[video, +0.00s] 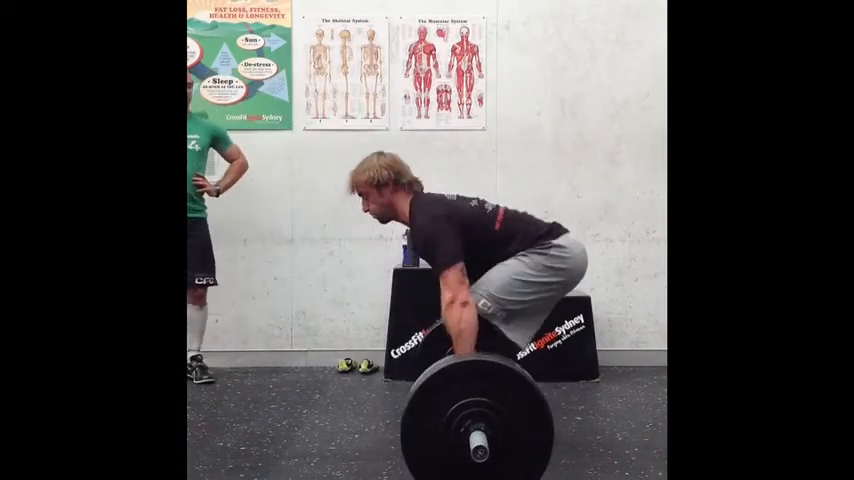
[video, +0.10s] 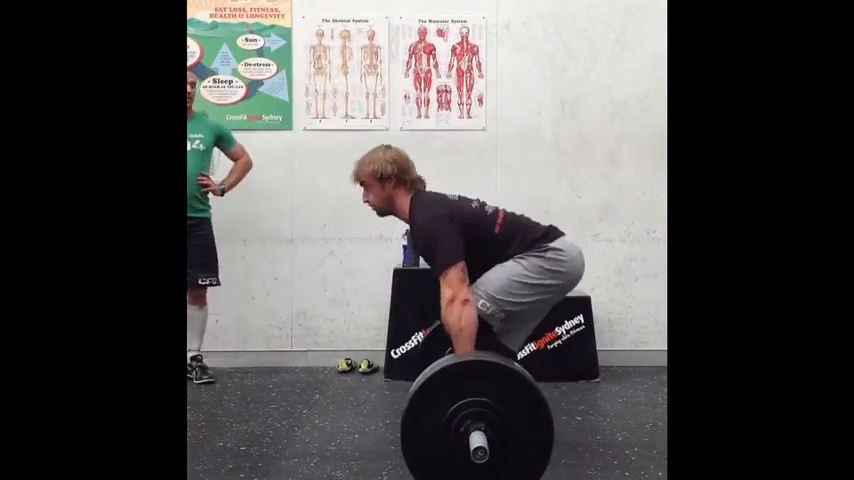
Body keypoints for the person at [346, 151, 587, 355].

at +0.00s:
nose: (364, 208)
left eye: (365, 198)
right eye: (361, 200)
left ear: (388, 188)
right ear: (388, 188)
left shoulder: (430, 218)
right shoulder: (426, 214)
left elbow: (459, 300)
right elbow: (455, 295)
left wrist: (465, 375)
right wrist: (464, 373)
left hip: (553, 253)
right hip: (550, 250)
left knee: (469, 310)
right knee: (464, 310)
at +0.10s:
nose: (364, 198)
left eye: (366, 187)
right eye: (363, 189)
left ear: (390, 182)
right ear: (392, 182)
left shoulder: (430, 216)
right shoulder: (428, 212)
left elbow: (458, 299)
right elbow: (455, 292)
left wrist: (464, 374)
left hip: (550, 256)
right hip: (551, 255)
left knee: (468, 316)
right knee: (482, 336)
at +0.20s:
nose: (362, 183)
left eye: (367, 172)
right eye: (363, 173)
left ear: (390, 171)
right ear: (388, 172)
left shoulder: (430, 208)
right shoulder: (428, 206)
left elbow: (459, 293)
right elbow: (454, 287)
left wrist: (464, 366)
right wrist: (465, 367)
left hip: (550, 245)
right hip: (550, 243)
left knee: (470, 309)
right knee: (484, 328)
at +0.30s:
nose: (363, 162)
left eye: (369, 152)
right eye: (365, 153)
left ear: (392, 155)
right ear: (391, 156)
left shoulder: (431, 193)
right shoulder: (426, 192)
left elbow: (462, 277)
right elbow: (450, 271)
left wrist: (462, 350)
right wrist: (460, 349)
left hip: (550, 231)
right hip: (549, 230)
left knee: (480, 304)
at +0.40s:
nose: (370, 128)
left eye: (376, 119)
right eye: (373, 119)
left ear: (399, 126)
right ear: (402, 126)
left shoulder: (432, 168)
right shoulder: (432, 164)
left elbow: (463, 249)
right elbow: (456, 247)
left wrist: (464, 328)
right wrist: (461, 321)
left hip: (546, 219)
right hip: (551, 217)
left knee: (481, 309)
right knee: (507, 323)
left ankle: (493, 436)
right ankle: (501, 433)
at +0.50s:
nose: (383, 85)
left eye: (390, 77)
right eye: (386, 77)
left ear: (413, 86)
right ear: (416, 88)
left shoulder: (440, 132)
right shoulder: (434, 131)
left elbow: (465, 213)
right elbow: (460, 212)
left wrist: (464, 290)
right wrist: (460, 286)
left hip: (544, 205)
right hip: (534, 206)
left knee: (501, 310)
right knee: (494, 307)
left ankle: (502, 426)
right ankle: (495, 418)